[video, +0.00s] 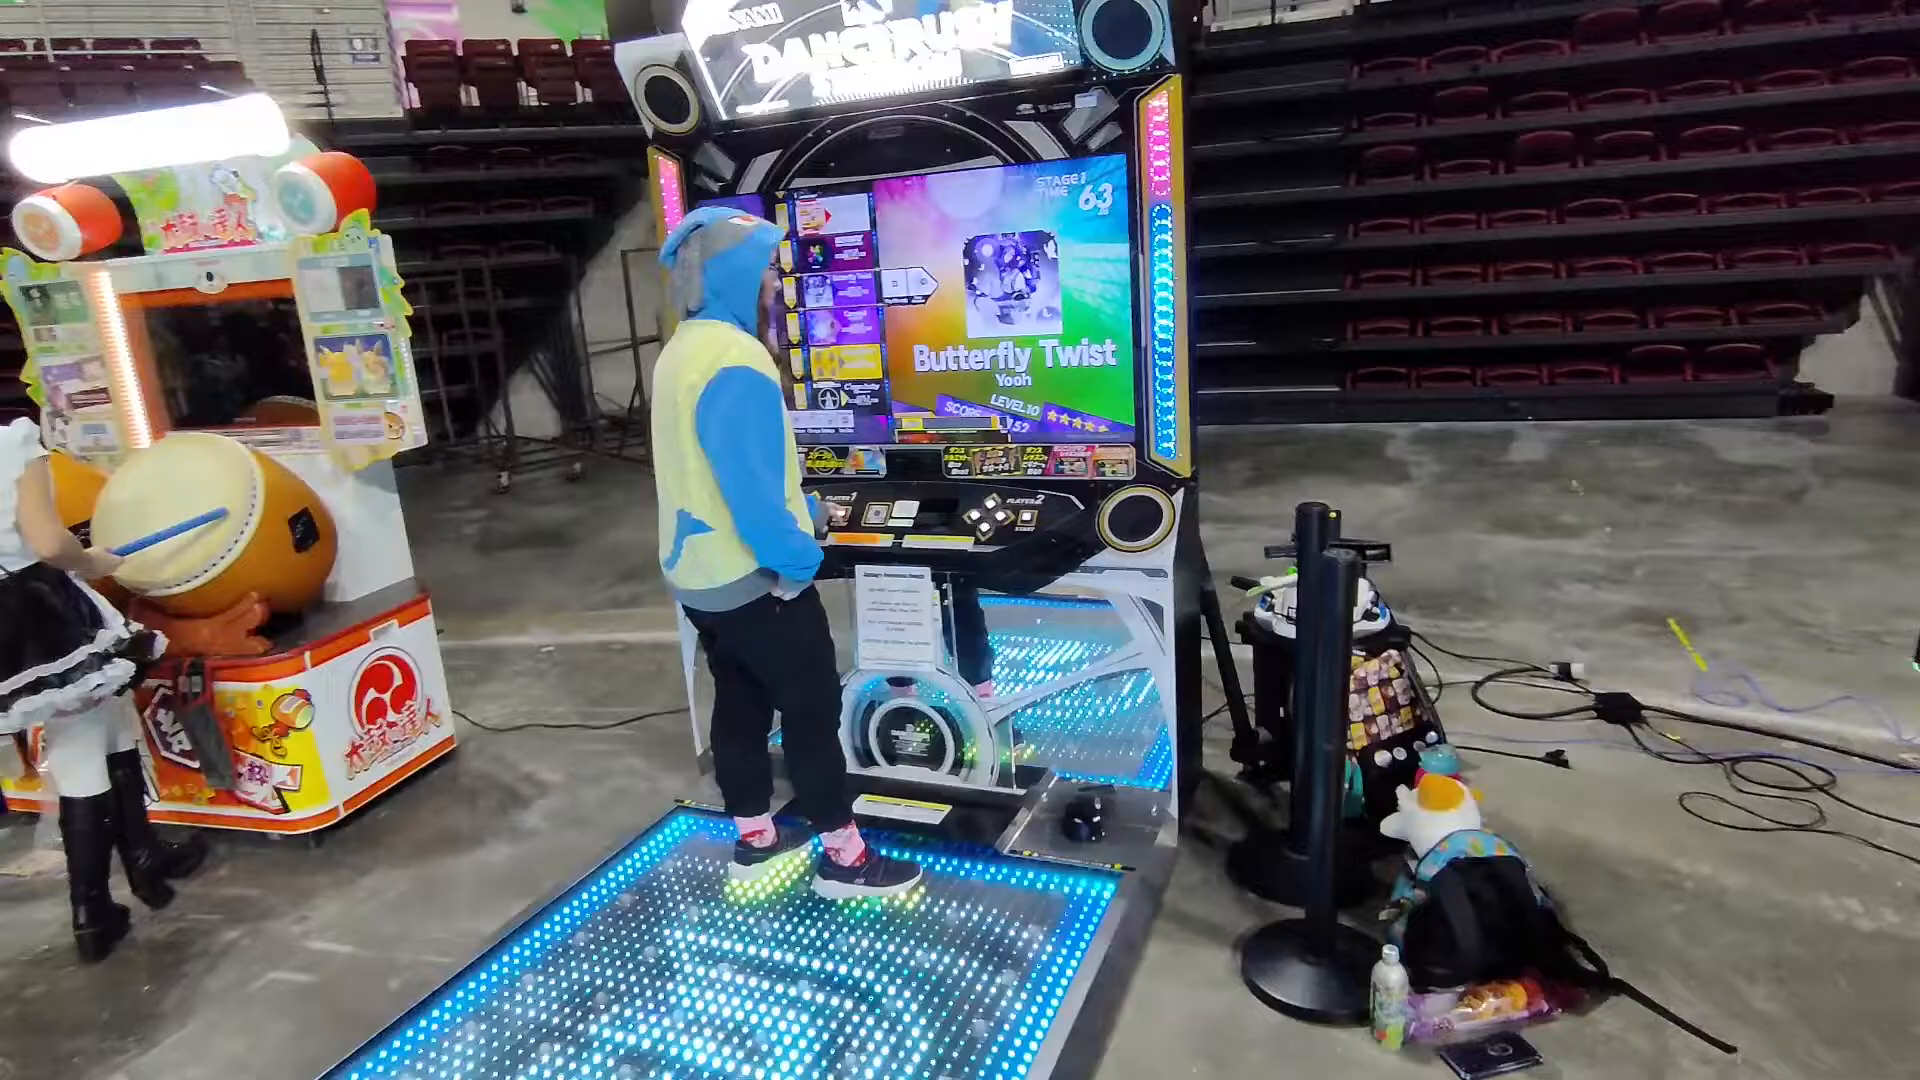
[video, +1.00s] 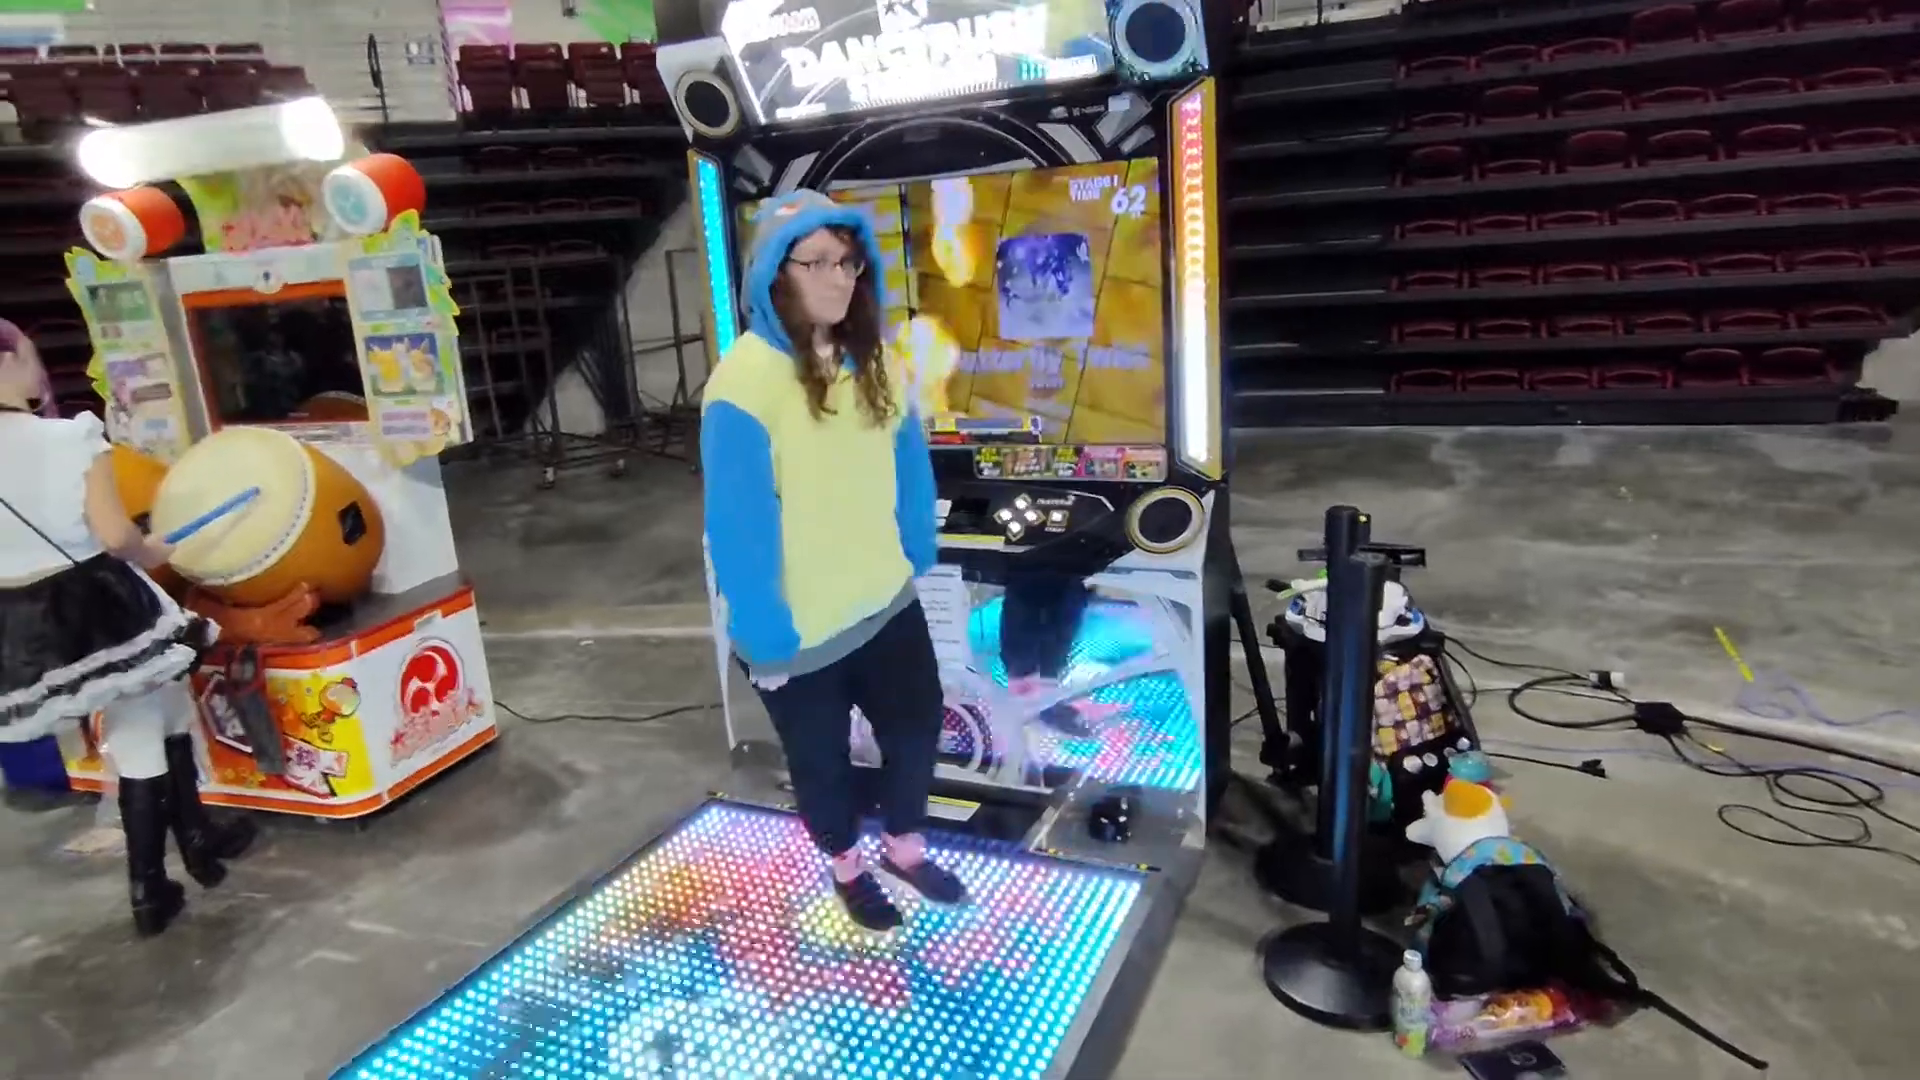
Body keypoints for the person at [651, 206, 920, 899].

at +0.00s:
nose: (777, 285)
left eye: (776, 271)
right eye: (768, 272)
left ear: (709, 279)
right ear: (736, 278)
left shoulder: (684, 351)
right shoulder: (735, 364)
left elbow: (698, 472)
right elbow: (754, 494)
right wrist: (804, 563)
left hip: (706, 581)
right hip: (757, 581)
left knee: (742, 697)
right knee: (813, 704)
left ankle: (753, 831)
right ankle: (843, 852)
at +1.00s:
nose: (839, 279)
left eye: (847, 263)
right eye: (817, 264)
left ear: (859, 273)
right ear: (777, 281)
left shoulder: (872, 362)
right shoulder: (743, 382)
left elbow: (913, 470)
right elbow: (737, 521)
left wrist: (914, 556)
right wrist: (766, 637)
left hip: (884, 596)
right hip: (795, 626)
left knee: (915, 719)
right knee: (820, 757)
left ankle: (903, 844)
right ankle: (846, 865)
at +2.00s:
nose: (672, 306)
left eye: (686, 286)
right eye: (668, 286)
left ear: (750, 286)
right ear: (731, 289)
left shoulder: (825, 392)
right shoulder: (726, 380)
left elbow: (888, 560)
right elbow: (745, 538)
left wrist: (920, 717)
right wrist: (740, 662)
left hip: (834, 696)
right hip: (739, 689)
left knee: (889, 831)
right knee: (739, 840)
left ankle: (950, 943)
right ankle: (773, 1008)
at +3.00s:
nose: (431, 182)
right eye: (418, 167)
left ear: (286, 200)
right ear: (407, 180)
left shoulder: (252, 329)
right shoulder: (488, 290)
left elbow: (260, 508)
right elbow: (572, 449)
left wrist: (307, 628)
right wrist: (616, 579)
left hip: (383, 651)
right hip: (538, 618)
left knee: (438, 828)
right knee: (567, 784)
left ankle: (461, 999)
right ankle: (593, 950)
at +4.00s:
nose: (600, 141)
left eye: (594, 123)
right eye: (588, 124)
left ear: (466, 147)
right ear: (561, 145)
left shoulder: (428, 248)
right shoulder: (624, 247)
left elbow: (449, 179)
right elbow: (733, 217)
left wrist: (475, 75)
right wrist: (644, 90)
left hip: (516, 557)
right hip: (646, 554)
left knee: (538, 724)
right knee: (643, 732)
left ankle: (531, 885)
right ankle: (650, 894)